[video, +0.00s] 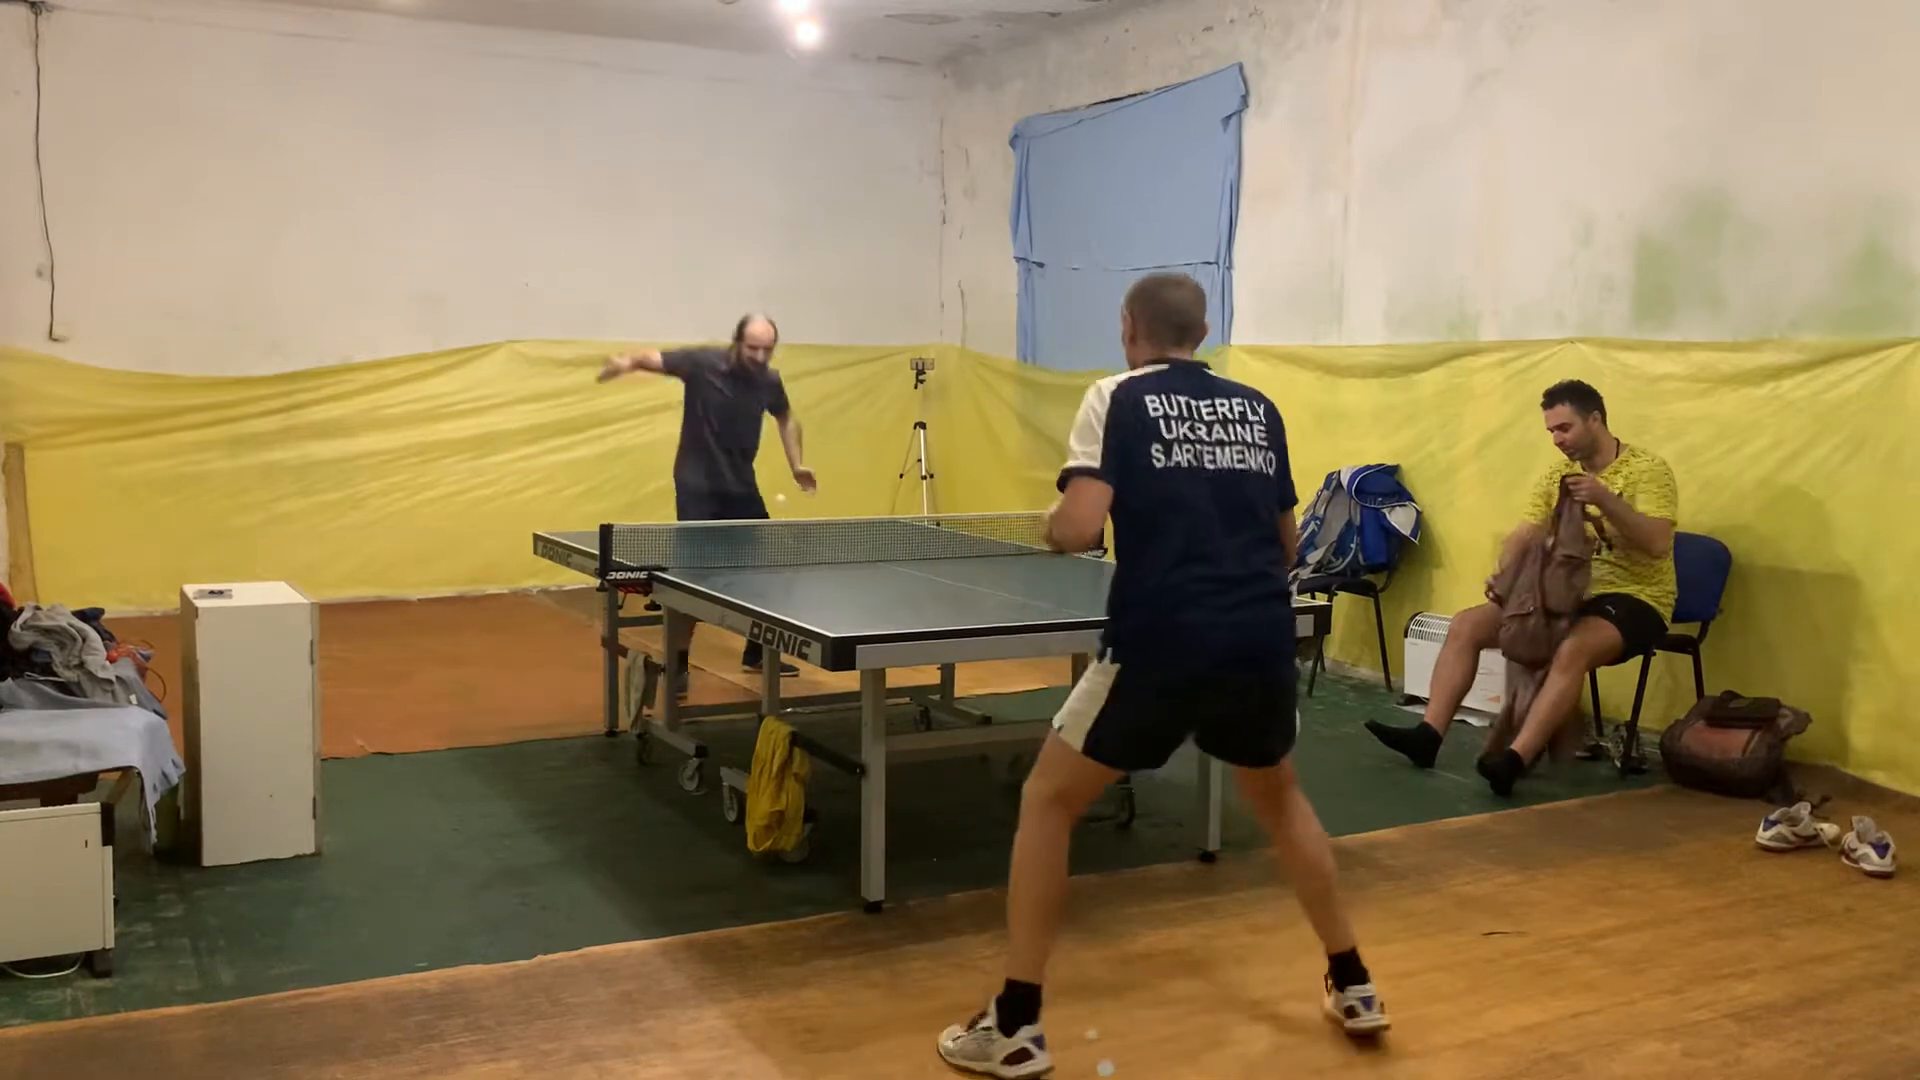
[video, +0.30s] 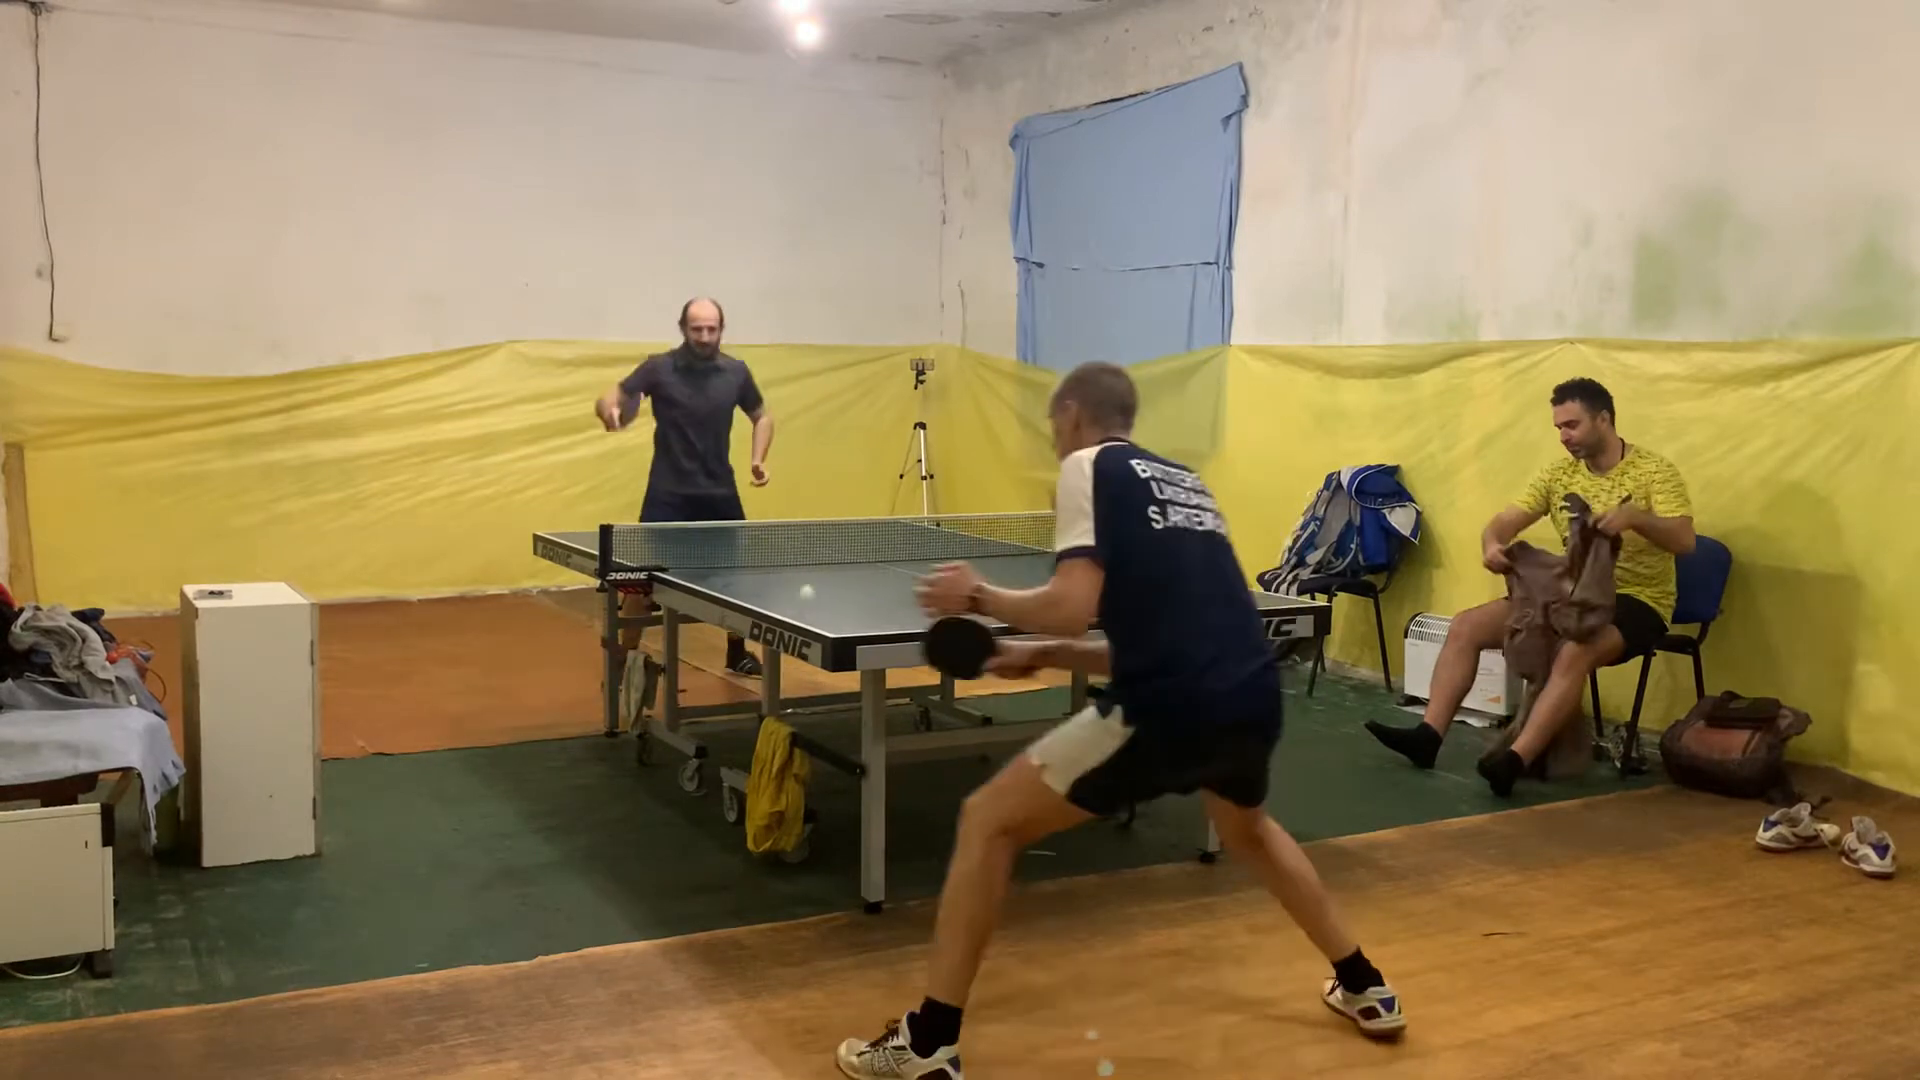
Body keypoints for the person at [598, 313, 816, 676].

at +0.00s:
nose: (758, 355)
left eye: (766, 349)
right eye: (752, 347)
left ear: (773, 348)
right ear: (737, 341)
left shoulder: (769, 381)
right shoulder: (705, 363)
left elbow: (786, 419)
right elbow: (650, 360)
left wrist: (796, 465)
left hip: (742, 491)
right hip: (697, 490)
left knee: (769, 566)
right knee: (693, 575)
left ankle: (758, 647)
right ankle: (678, 662)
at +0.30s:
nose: (705, 337)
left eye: (712, 329)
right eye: (697, 329)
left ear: (722, 330)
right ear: (683, 330)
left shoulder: (737, 372)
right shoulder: (658, 368)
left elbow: (762, 417)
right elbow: (615, 396)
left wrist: (758, 458)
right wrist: (609, 410)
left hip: (719, 493)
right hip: (667, 493)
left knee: (737, 570)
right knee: (643, 577)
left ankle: (737, 651)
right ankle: (624, 661)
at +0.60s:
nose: (683, 345)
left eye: (690, 335)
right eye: (675, 337)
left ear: (701, 333)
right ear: (663, 339)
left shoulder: (731, 371)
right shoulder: (657, 383)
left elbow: (777, 412)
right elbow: (637, 424)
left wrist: (758, 453)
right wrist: (630, 448)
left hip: (734, 494)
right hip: (681, 496)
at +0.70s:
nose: (687, 353)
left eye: (693, 344)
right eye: (678, 346)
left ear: (705, 341)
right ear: (667, 348)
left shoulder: (734, 370)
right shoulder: (669, 391)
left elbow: (770, 411)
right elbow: (656, 437)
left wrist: (734, 448)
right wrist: (644, 462)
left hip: (761, 481)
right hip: (713, 485)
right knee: (683, 550)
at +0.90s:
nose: (712, 397)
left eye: (718, 388)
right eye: (704, 391)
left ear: (733, 385)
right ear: (697, 392)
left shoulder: (754, 411)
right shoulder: (719, 422)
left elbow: (738, 450)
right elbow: (739, 472)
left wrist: (690, 479)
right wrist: (743, 513)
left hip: (800, 518)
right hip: (755, 518)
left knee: (822, 586)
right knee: (697, 572)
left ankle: (848, 655)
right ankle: (701, 660)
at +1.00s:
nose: (738, 410)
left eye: (744, 400)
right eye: (731, 403)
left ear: (762, 395)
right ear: (725, 404)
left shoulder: (779, 423)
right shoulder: (763, 427)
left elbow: (798, 469)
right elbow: (785, 478)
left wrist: (768, 513)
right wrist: (770, 514)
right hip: (800, 525)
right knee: (722, 567)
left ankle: (704, 659)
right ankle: (704, 658)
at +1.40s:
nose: (866, 354)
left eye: (873, 346)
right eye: (860, 348)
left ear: (890, 348)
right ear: (854, 353)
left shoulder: (914, 395)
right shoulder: (847, 386)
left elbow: (929, 446)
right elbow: (816, 369)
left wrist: (888, 468)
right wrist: (854, 331)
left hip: (889, 504)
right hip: (837, 500)